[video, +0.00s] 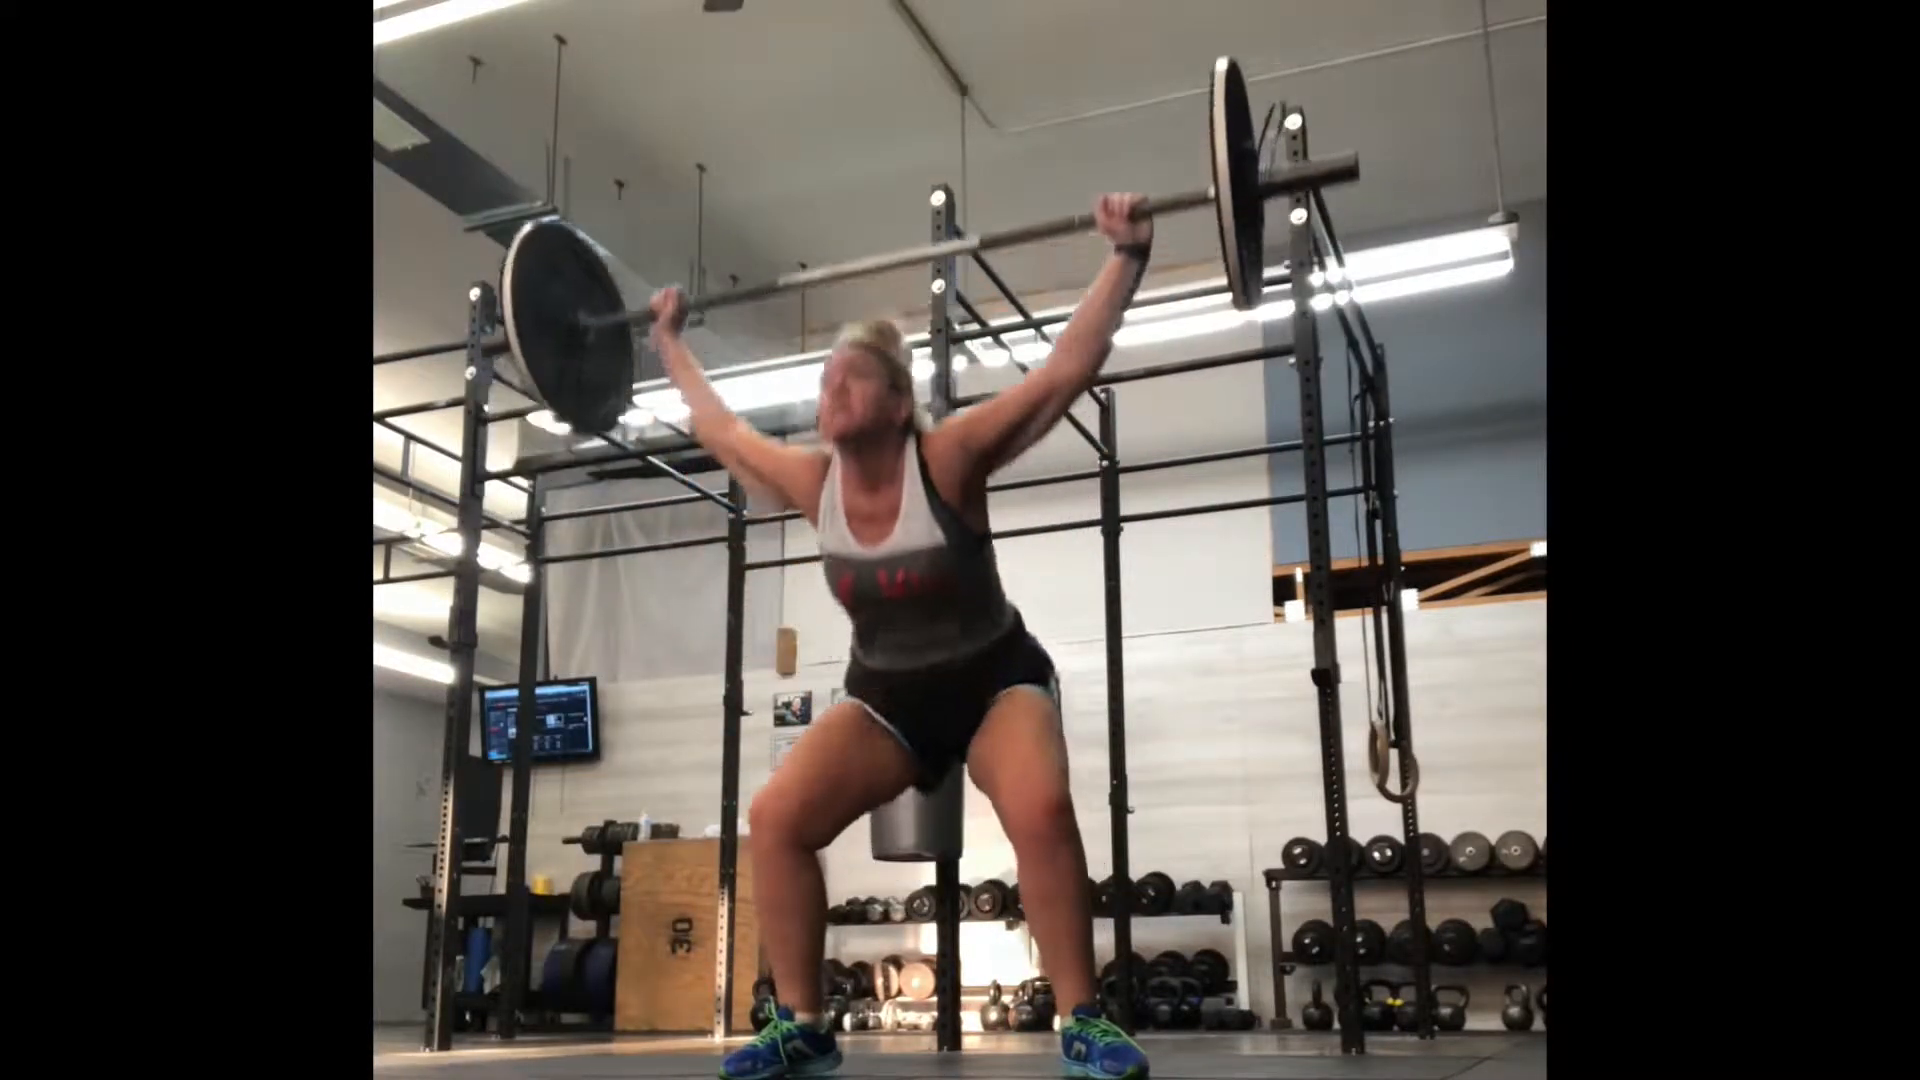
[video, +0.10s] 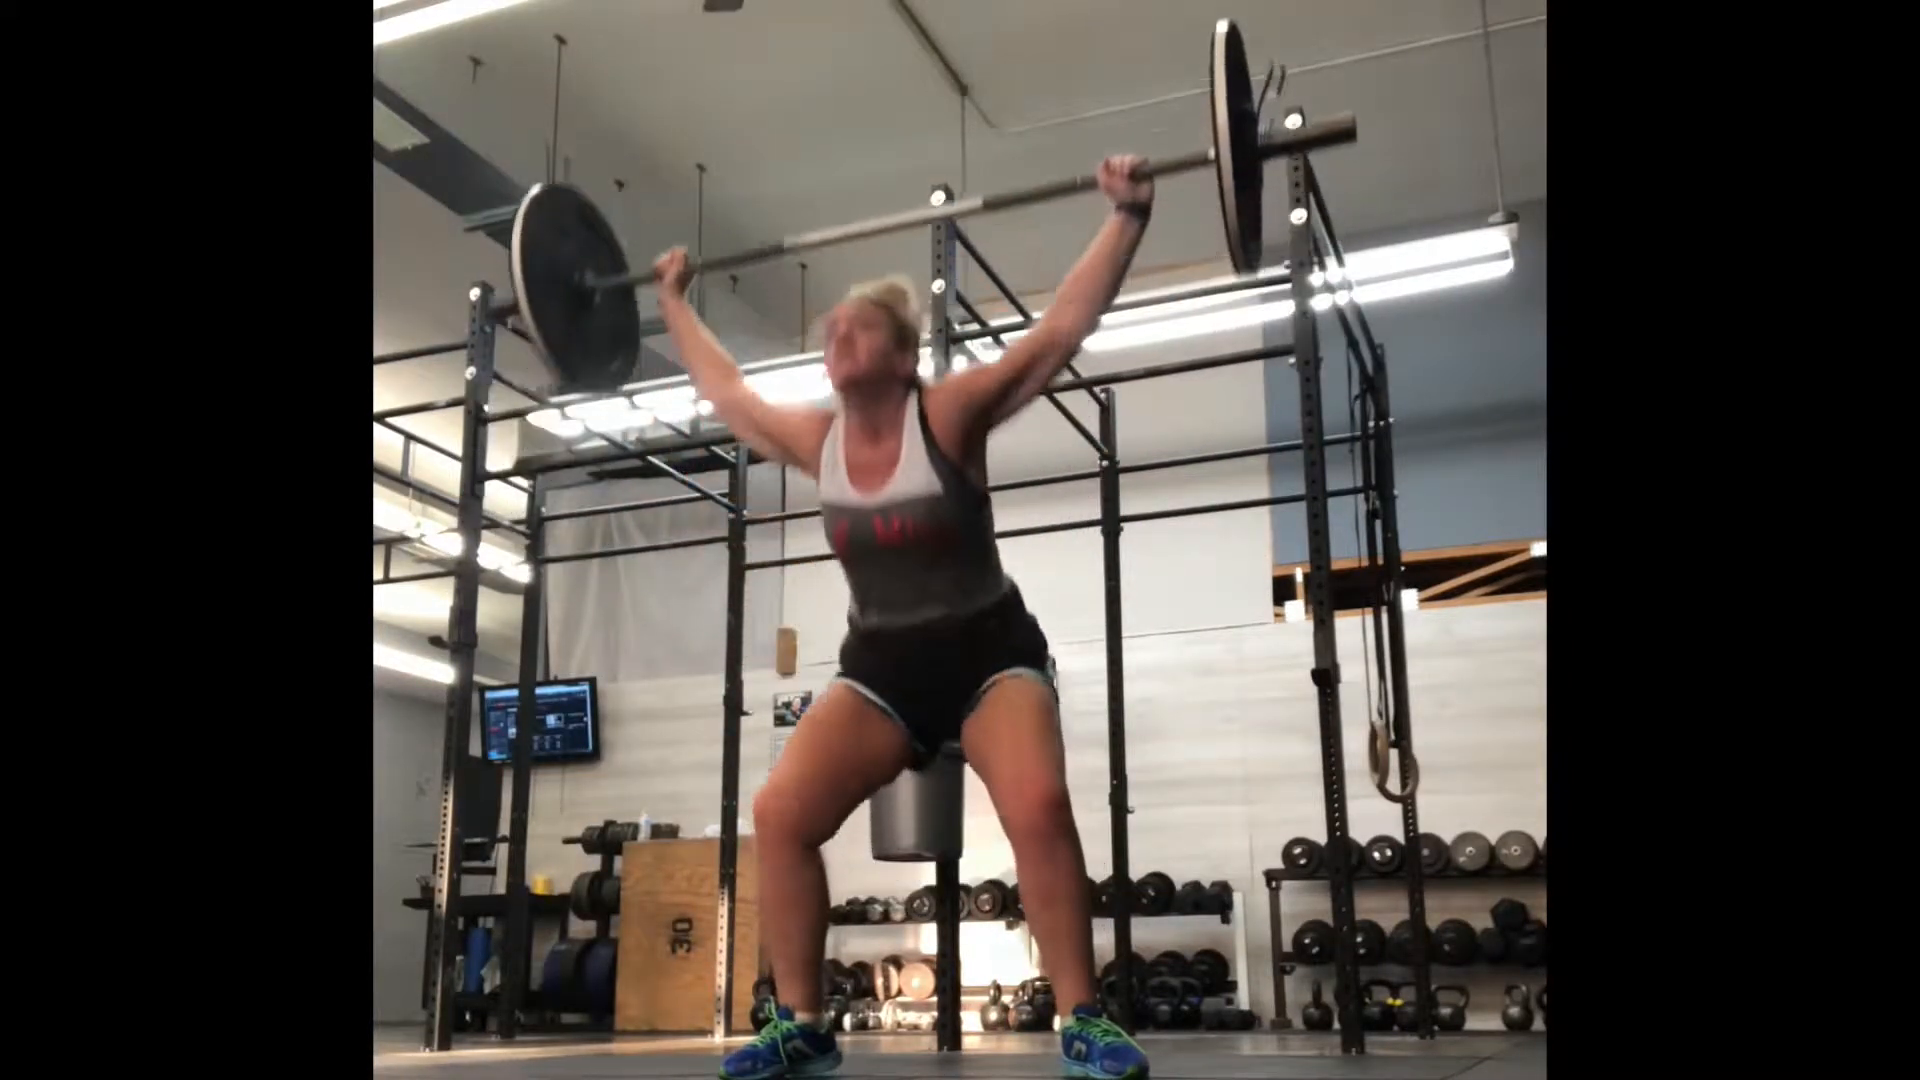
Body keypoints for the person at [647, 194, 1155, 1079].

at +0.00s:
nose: (834, 393)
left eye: (855, 379)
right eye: (828, 380)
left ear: (899, 401)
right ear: (822, 399)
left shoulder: (949, 456)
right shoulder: (812, 481)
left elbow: (1062, 375)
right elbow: (722, 434)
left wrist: (1125, 256)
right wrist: (668, 343)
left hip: (994, 683)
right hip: (884, 699)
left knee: (1045, 816)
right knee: (775, 819)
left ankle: (1078, 1018)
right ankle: (800, 1021)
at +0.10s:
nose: (837, 344)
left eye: (855, 332)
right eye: (832, 333)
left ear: (903, 350)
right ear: (828, 353)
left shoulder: (952, 410)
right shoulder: (816, 438)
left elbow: (1058, 332)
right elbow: (729, 394)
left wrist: (1124, 218)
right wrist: (672, 306)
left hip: (989, 655)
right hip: (880, 668)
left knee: (1042, 811)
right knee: (778, 815)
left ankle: (1079, 1016)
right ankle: (799, 1019)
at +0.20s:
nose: (835, 292)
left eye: (853, 282)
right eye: (833, 284)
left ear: (903, 303)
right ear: (831, 312)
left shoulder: (954, 361)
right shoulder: (821, 395)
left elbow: (1056, 279)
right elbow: (727, 344)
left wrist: (1127, 178)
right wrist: (676, 258)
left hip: (982, 623)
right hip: (872, 635)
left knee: (1034, 808)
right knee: (790, 810)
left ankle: (1080, 1015)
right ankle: (800, 1019)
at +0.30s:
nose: (853, 255)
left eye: (871, 247)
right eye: (844, 250)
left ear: (912, 270)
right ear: (833, 280)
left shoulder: (954, 330)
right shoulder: (819, 360)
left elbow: (1054, 243)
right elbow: (728, 307)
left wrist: (1128, 139)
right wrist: (682, 223)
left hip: (972, 595)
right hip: (862, 606)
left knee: (1021, 798)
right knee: (812, 805)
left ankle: (1079, 1010)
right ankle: (803, 1020)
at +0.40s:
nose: (857, 252)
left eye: (874, 243)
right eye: (847, 246)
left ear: (915, 263)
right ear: (836, 272)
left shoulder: (958, 327)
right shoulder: (821, 355)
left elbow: (1056, 227)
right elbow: (729, 298)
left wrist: (1127, 128)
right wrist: (685, 213)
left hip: (966, 592)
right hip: (854, 599)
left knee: (1011, 794)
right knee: (827, 805)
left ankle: (1080, 1007)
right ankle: (804, 1022)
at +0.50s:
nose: (859, 264)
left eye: (876, 252)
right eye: (849, 257)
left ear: (917, 269)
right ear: (838, 280)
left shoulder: (963, 336)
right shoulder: (824, 364)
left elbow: (1054, 233)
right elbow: (731, 303)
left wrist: (1124, 133)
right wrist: (685, 221)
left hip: (957, 595)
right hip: (847, 603)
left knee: (1003, 804)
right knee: (839, 812)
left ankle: (1080, 1007)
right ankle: (806, 1025)